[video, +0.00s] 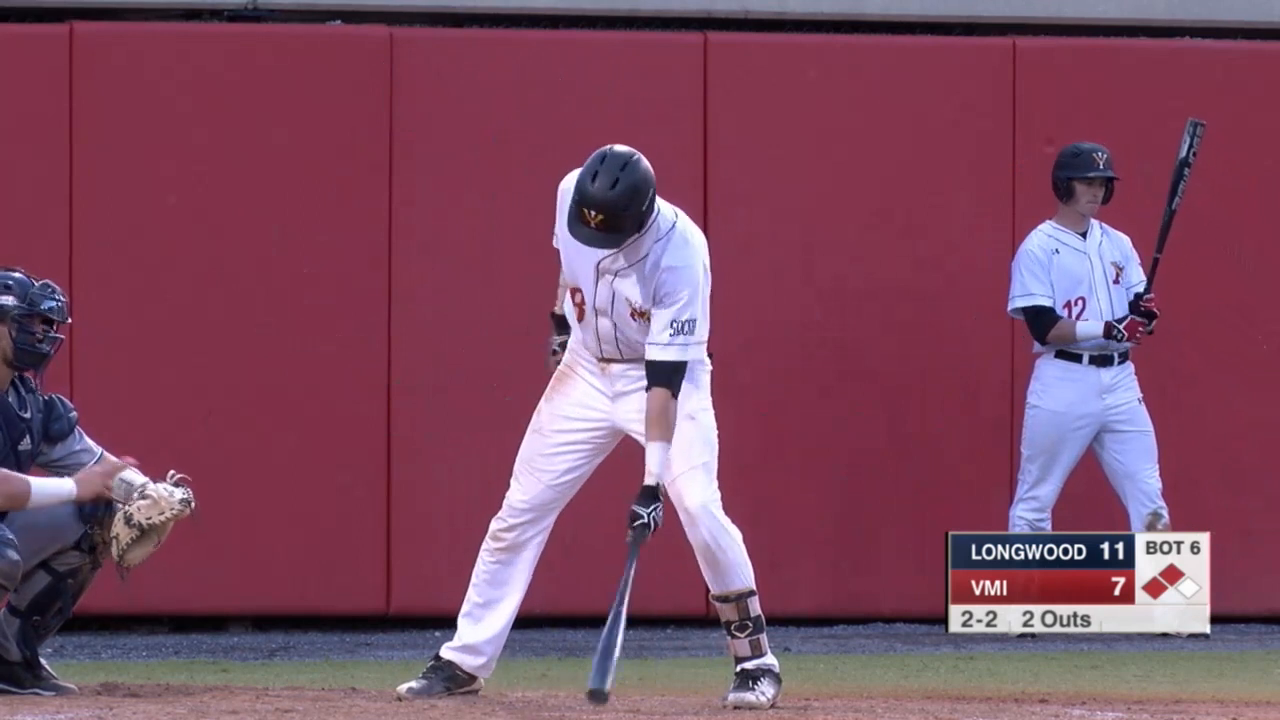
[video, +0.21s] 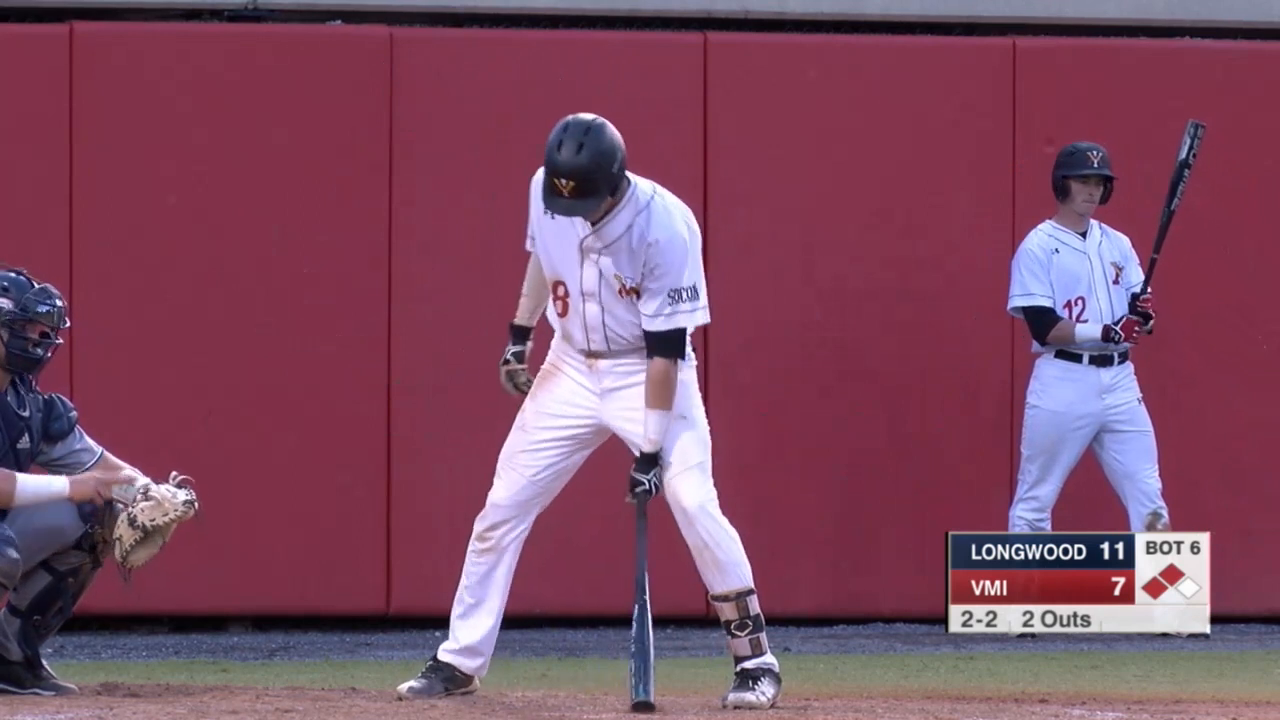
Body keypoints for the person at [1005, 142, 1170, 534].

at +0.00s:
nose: (1097, 191)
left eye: (1103, 183)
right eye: (1088, 182)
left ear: (1108, 188)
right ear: (1064, 185)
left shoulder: (1119, 244)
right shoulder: (1037, 248)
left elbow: (1138, 308)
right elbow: (1045, 328)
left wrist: (1143, 316)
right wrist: (1110, 330)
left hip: (1120, 384)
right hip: (1062, 384)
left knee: (1150, 505)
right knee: (1034, 505)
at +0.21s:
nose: (1092, 190)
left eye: (1099, 182)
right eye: (1083, 181)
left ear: (1106, 188)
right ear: (1062, 183)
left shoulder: (1118, 244)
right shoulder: (1036, 247)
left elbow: (1138, 313)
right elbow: (1044, 328)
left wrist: (1142, 315)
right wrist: (1108, 333)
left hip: (1119, 384)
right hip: (1061, 383)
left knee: (1150, 505)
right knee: (1034, 504)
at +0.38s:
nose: (1084, 190)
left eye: (1092, 182)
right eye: (1076, 181)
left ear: (1102, 189)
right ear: (1059, 185)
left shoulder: (1118, 244)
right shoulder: (1036, 247)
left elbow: (1142, 316)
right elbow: (1042, 328)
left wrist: (1144, 314)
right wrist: (1103, 333)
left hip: (1119, 385)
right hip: (1060, 384)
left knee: (1149, 504)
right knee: (1033, 504)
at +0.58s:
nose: (1079, 192)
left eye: (1087, 183)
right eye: (1071, 182)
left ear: (1099, 189)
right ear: (1056, 186)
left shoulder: (1118, 243)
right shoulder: (1035, 246)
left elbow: (1143, 303)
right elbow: (1040, 325)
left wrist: (1141, 319)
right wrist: (1103, 332)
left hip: (1118, 384)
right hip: (1060, 383)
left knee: (1148, 504)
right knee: (1033, 503)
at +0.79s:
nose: (1076, 192)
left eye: (1085, 184)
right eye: (1068, 183)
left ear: (1097, 188)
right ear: (1054, 187)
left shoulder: (1118, 242)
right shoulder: (1034, 243)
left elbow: (1145, 311)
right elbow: (1035, 320)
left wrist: (1141, 320)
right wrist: (1099, 325)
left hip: (1118, 383)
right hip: (1059, 382)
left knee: (1148, 504)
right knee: (1033, 503)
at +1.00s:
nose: (1075, 192)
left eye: (1083, 184)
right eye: (1067, 183)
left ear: (1096, 189)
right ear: (1053, 187)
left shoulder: (1119, 241)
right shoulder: (1032, 243)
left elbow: (1152, 312)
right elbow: (1040, 317)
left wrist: (1146, 309)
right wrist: (1101, 320)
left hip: (1118, 383)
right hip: (1058, 381)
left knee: (1148, 504)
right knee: (1033, 502)